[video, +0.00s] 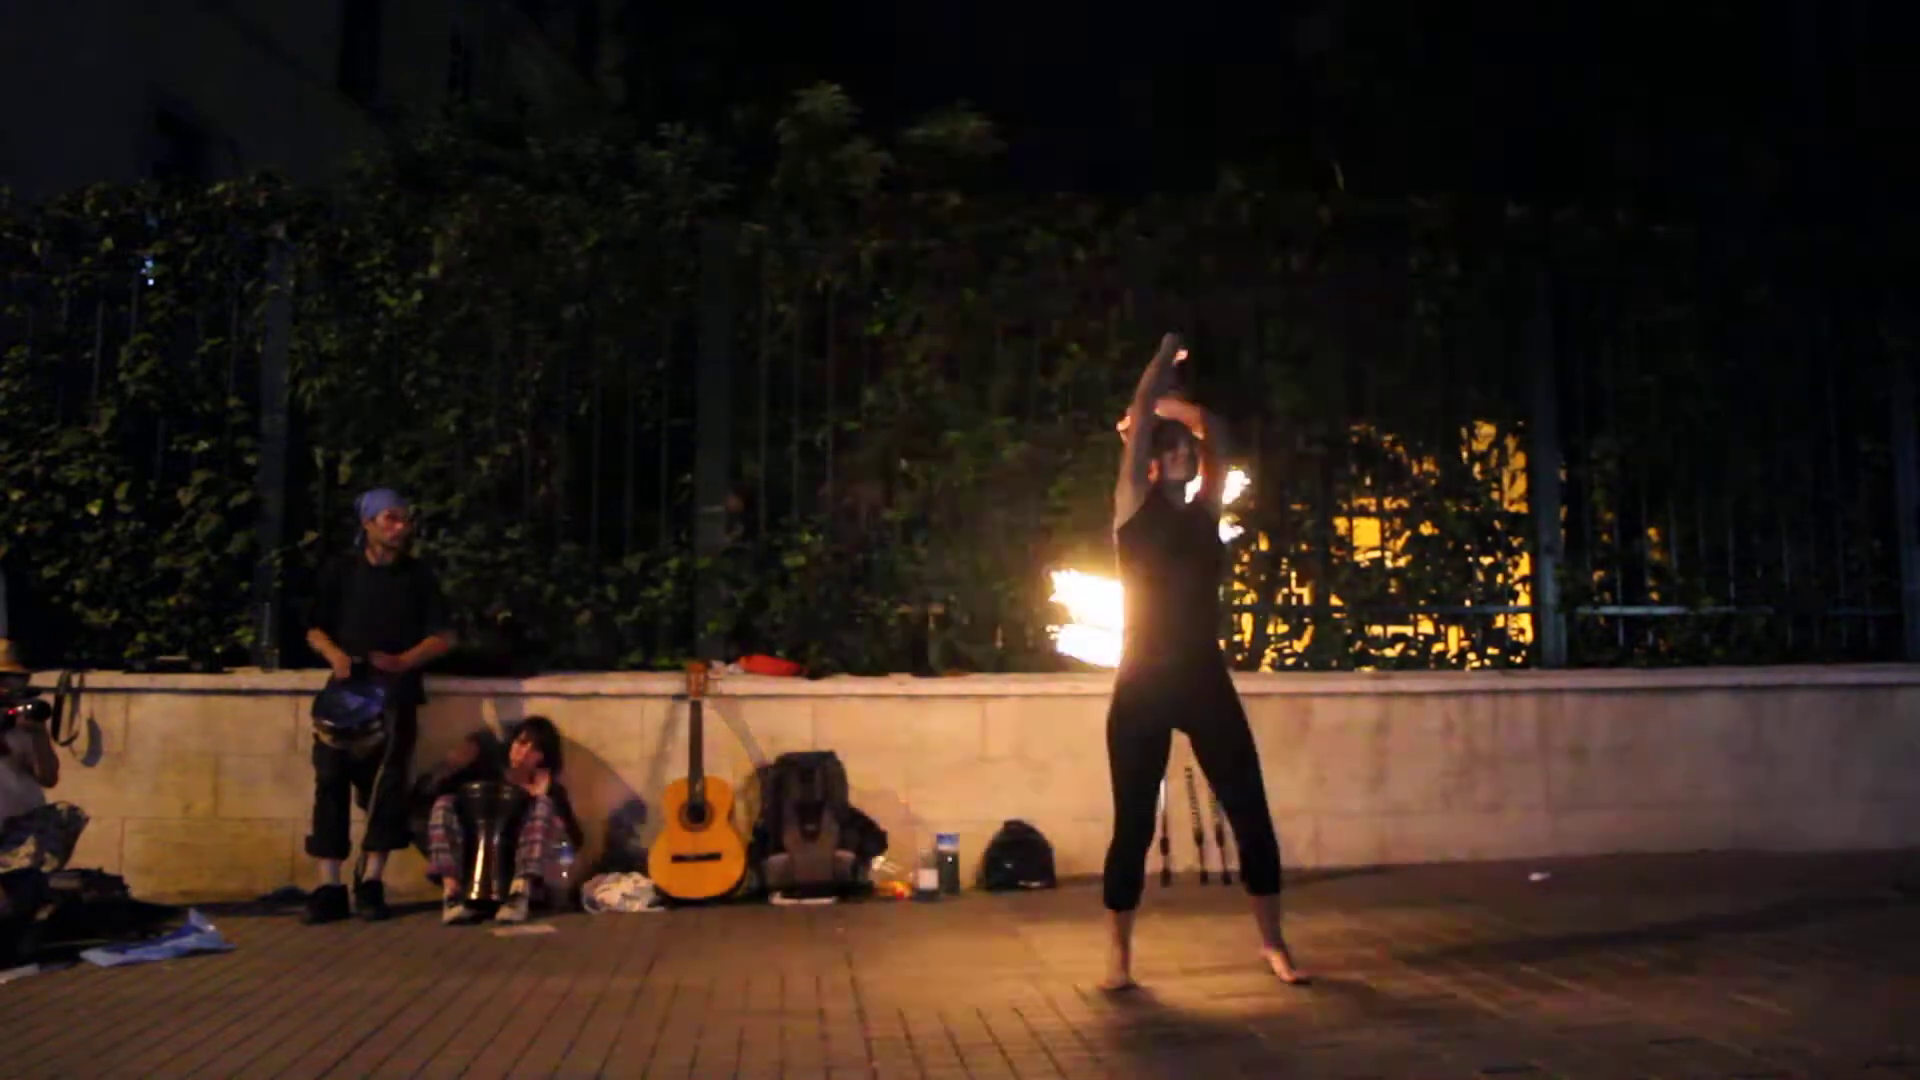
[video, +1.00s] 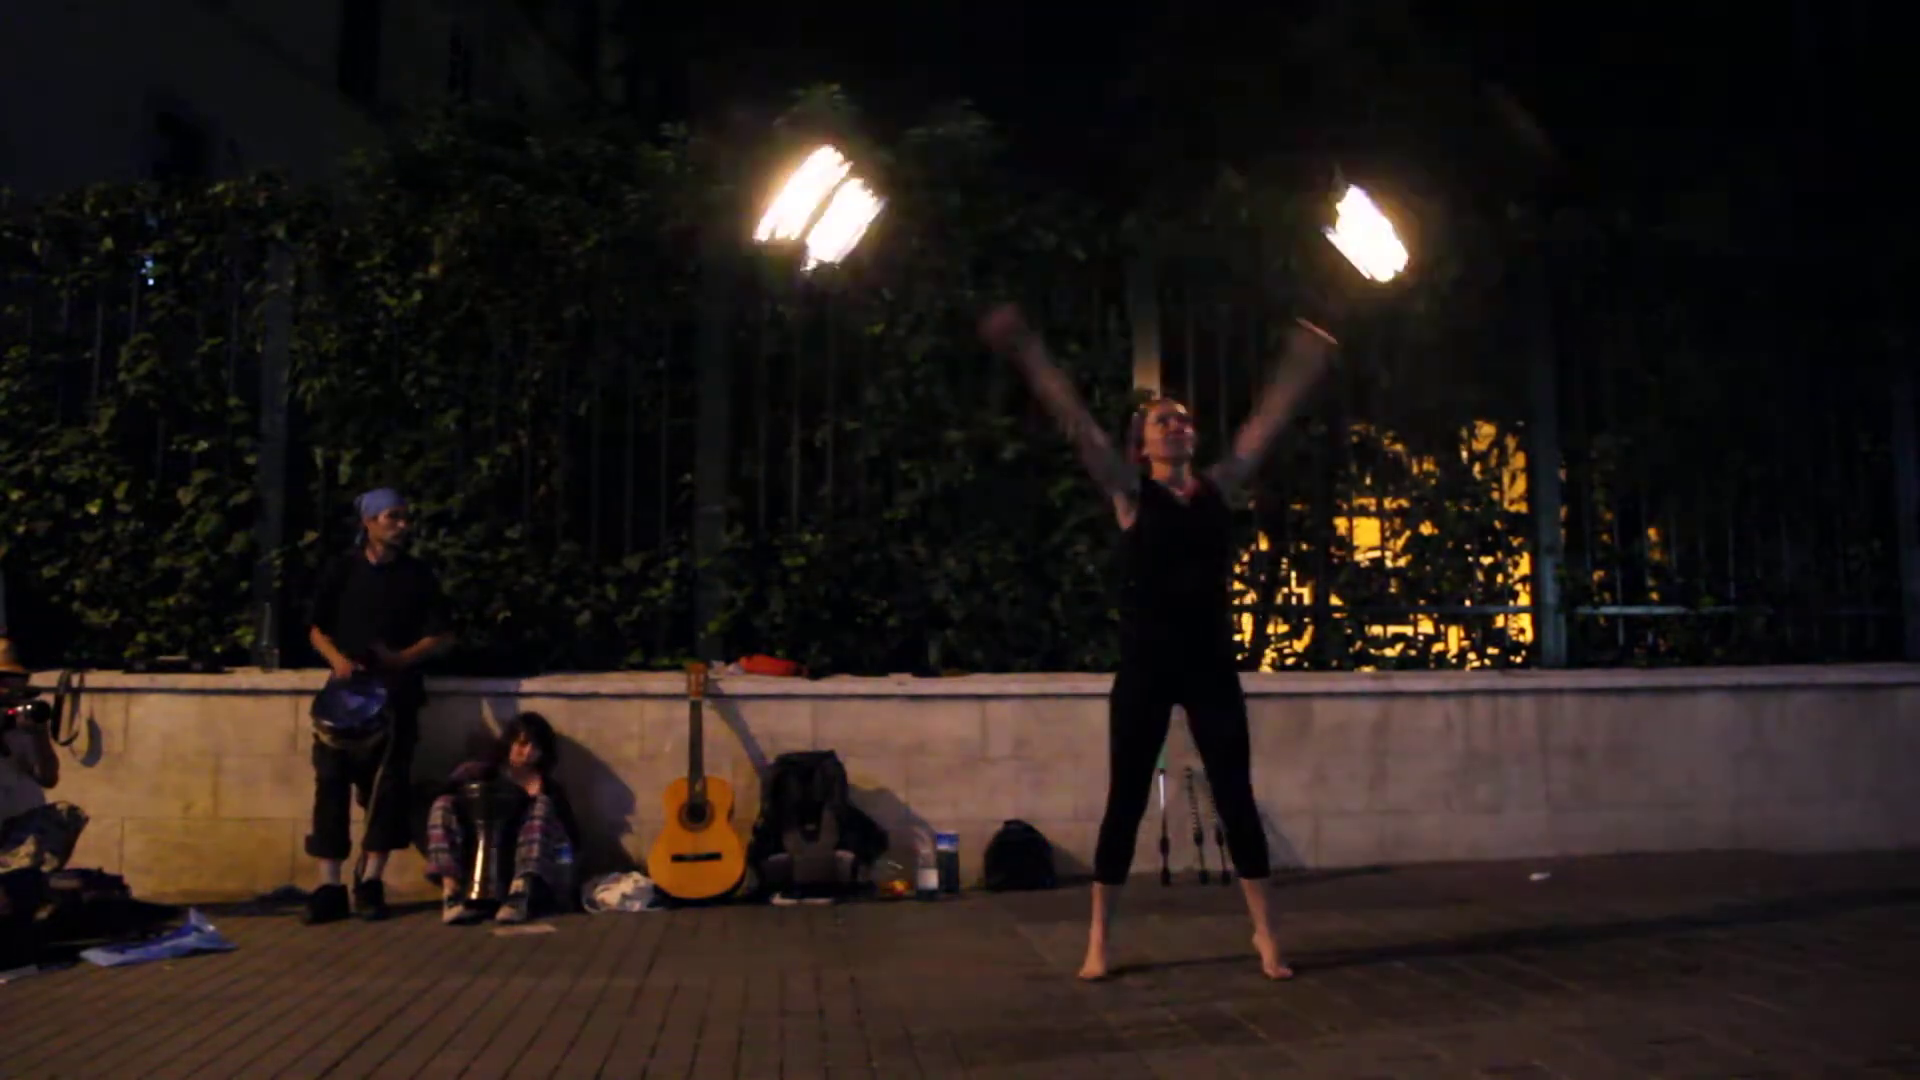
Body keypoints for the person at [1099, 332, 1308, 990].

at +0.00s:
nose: (1174, 457)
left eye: (1182, 447)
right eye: (1163, 448)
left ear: (1194, 459)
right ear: (1143, 459)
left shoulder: (1203, 511)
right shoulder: (1133, 508)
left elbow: (1212, 436)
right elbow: (1140, 422)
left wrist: (1155, 405)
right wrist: (1163, 359)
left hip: (1206, 680)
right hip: (1144, 683)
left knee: (1251, 815)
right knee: (1134, 824)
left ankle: (1273, 944)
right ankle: (1120, 955)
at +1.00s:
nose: (1178, 426)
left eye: (1184, 420)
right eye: (1165, 421)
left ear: (1197, 436)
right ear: (1140, 443)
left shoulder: (1218, 490)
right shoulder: (1129, 493)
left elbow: (1266, 422)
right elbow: (1076, 422)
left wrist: (1304, 360)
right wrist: (1024, 346)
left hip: (1212, 664)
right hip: (1146, 666)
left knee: (1236, 797)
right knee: (1126, 802)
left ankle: (1264, 934)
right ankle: (1098, 940)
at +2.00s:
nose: (1119, 456)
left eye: (1127, 448)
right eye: (1109, 450)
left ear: (1143, 460)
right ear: (1094, 464)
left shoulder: (1162, 511)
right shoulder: (1085, 512)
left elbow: (1165, 429)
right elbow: (1070, 420)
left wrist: (1120, 411)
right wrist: (1089, 373)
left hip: (1165, 675)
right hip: (1101, 679)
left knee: (1211, 804)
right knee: (1104, 817)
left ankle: (1245, 929)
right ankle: (1099, 943)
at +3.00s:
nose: (1258, 423)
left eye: (1263, 416)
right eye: (1245, 419)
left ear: (1277, 433)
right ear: (1223, 439)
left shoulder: (1304, 494)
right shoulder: (1213, 490)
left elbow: (1351, 430)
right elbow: (1141, 430)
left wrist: (1388, 371)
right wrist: (1071, 360)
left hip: (1275, 671)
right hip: (1212, 666)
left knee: (1259, 810)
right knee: (1180, 792)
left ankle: (1240, 947)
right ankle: (1142, 888)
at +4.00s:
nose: (1161, 462)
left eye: (1168, 455)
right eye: (1148, 456)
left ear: (1181, 468)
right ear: (1131, 469)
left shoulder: (1196, 520)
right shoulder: (1114, 514)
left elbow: (1214, 432)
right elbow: (1113, 406)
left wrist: (1154, 391)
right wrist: (1152, 351)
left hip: (1189, 690)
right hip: (1122, 692)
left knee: (1223, 821)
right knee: (1122, 830)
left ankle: (1247, 952)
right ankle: (1111, 956)